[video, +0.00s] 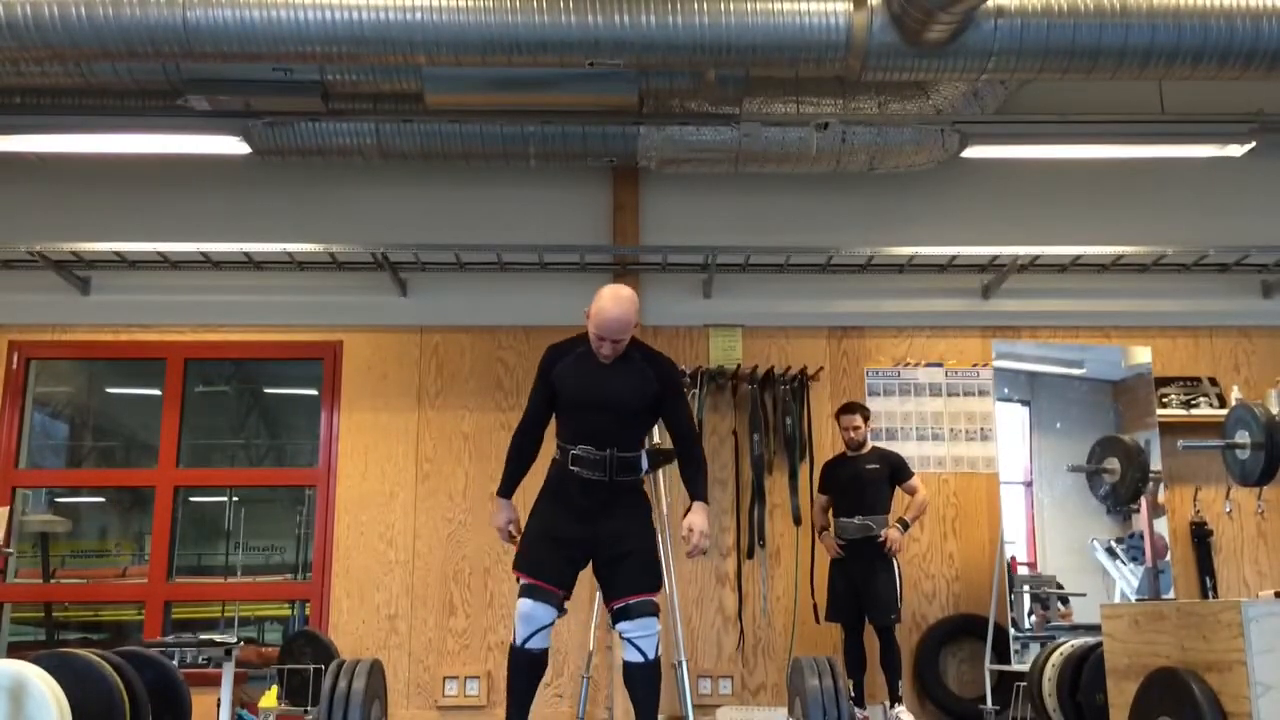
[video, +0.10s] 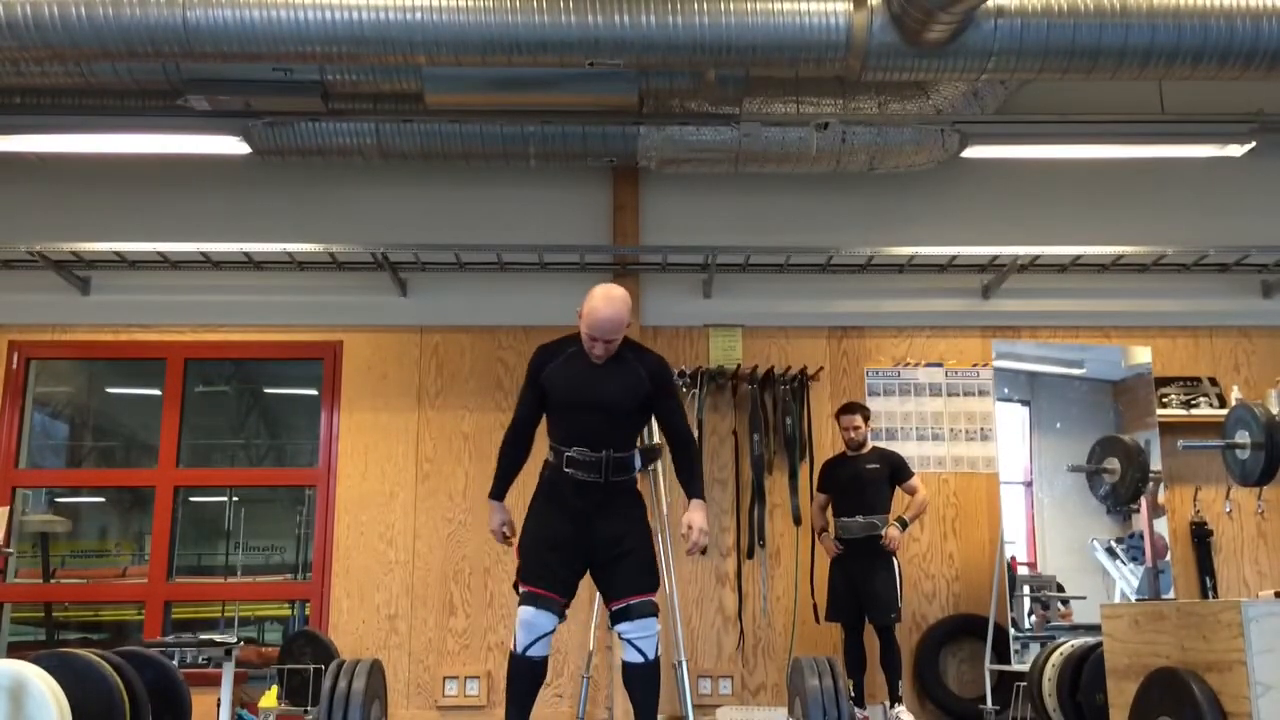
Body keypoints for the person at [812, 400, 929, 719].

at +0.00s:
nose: (851, 434)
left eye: (856, 428)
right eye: (845, 429)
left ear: (868, 427)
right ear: (839, 430)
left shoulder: (889, 460)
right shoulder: (831, 468)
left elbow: (921, 496)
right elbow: (820, 508)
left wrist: (901, 526)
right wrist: (823, 534)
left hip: (879, 555)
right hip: (844, 557)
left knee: (885, 631)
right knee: (851, 632)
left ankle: (896, 704)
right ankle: (858, 706)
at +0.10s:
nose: (851, 434)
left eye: (856, 428)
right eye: (845, 429)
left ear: (868, 426)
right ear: (839, 430)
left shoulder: (889, 459)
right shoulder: (831, 466)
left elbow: (921, 497)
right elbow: (818, 507)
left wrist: (900, 524)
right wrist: (823, 536)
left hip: (879, 555)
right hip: (845, 557)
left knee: (885, 630)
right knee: (852, 632)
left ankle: (896, 704)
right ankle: (858, 707)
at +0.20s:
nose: (851, 434)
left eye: (857, 428)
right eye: (846, 429)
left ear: (868, 426)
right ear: (840, 430)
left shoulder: (889, 459)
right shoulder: (831, 466)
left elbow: (920, 497)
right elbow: (818, 507)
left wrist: (900, 526)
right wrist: (824, 535)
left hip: (879, 556)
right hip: (844, 558)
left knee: (885, 631)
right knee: (852, 632)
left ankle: (896, 704)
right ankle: (858, 706)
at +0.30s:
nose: (851, 434)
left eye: (857, 428)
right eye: (846, 429)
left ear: (868, 426)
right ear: (840, 429)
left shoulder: (889, 460)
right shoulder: (831, 467)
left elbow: (919, 498)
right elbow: (819, 508)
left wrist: (899, 529)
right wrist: (825, 536)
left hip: (879, 556)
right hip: (844, 558)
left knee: (885, 631)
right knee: (852, 632)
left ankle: (896, 704)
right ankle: (858, 707)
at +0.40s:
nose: (852, 433)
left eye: (857, 427)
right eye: (846, 428)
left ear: (869, 426)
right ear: (840, 430)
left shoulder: (889, 460)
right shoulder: (831, 467)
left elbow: (918, 499)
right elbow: (820, 508)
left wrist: (901, 532)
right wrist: (827, 536)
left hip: (879, 556)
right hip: (844, 558)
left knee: (885, 631)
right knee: (852, 632)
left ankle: (896, 704)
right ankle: (858, 707)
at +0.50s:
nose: (852, 434)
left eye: (857, 428)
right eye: (847, 429)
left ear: (869, 426)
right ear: (840, 430)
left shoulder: (890, 461)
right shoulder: (831, 468)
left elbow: (917, 501)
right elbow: (821, 511)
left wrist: (901, 534)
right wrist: (827, 538)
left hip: (880, 557)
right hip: (844, 559)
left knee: (886, 632)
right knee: (852, 633)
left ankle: (896, 704)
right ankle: (858, 706)